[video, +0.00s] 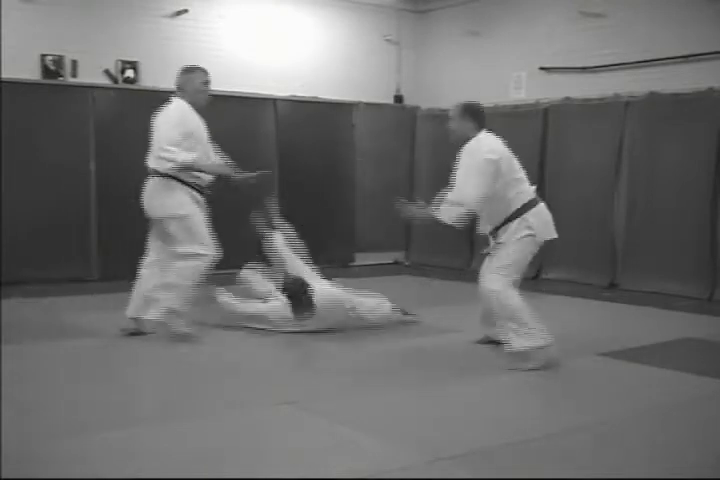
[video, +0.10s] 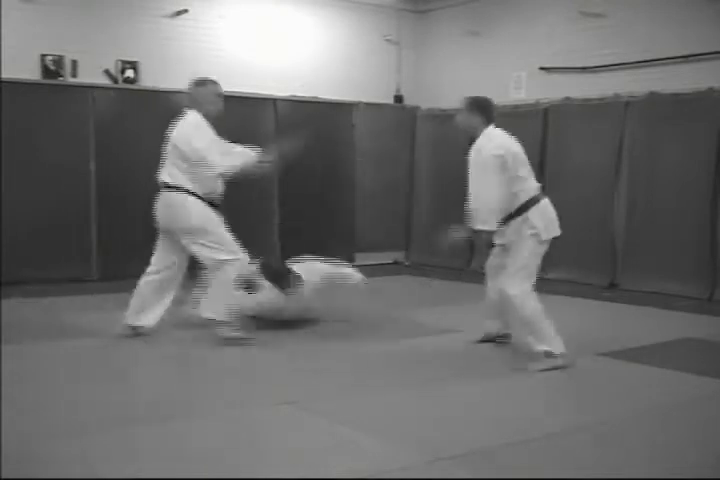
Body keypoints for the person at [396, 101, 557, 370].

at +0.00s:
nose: (449, 126)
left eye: (453, 120)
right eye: (450, 120)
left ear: (469, 122)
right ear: (469, 123)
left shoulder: (481, 149)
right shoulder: (475, 148)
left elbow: (467, 203)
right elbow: (459, 192)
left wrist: (429, 212)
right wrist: (431, 206)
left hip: (524, 225)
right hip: (509, 228)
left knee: (496, 282)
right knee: (489, 278)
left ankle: (535, 343)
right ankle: (498, 332)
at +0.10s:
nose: (457, 120)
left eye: (462, 114)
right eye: (459, 114)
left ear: (477, 117)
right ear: (481, 117)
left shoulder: (487, 148)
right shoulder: (496, 140)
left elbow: (487, 198)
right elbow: (485, 193)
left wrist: (480, 242)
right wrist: (474, 227)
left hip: (531, 223)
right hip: (515, 224)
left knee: (514, 285)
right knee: (495, 273)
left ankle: (552, 350)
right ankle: (500, 327)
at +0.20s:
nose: (467, 113)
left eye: (471, 108)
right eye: (468, 108)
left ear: (487, 112)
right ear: (489, 112)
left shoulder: (505, 143)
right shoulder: (499, 139)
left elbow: (511, 192)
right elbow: (505, 189)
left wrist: (502, 231)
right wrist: (501, 227)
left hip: (536, 222)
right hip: (524, 222)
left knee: (526, 282)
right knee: (506, 277)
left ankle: (551, 354)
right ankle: (518, 329)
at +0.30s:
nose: (473, 110)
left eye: (478, 106)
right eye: (474, 105)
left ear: (494, 111)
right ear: (494, 112)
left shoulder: (512, 144)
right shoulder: (495, 143)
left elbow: (518, 191)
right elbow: (500, 189)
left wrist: (508, 230)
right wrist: (497, 223)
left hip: (544, 217)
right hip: (526, 218)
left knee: (533, 281)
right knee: (516, 272)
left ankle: (552, 352)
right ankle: (520, 328)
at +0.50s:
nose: (491, 130)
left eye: (496, 125)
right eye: (492, 125)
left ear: (511, 129)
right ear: (509, 130)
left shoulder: (528, 161)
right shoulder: (507, 157)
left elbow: (514, 205)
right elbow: (484, 174)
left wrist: (473, 209)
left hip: (555, 235)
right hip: (539, 235)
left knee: (522, 287)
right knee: (532, 289)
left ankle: (553, 353)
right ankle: (556, 335)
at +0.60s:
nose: (498, 123)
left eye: (504, 118)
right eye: (499, 118)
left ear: (518, 125)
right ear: (527, 126)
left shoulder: (521, 157)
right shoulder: (541, 146)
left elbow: (475, 167)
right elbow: (503, 154)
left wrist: (441, 143)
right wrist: (487, 136)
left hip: (544, 234)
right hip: (561, 228)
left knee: (501, 287)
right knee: (534, 289)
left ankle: (534, 344)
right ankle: (555, 333)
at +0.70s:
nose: (501, 116)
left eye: (504, 112)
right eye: (503, 111)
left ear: (516, 115)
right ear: (532, 115)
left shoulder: (500, 143)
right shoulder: (549, 133)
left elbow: (459, 131)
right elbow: (557, 119)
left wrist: (432, 109)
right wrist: (538, 106)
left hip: (530, 226)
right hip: (563, 220)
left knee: (498, 285)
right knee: (550, 280)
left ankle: (512, 343)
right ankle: (554, 324)